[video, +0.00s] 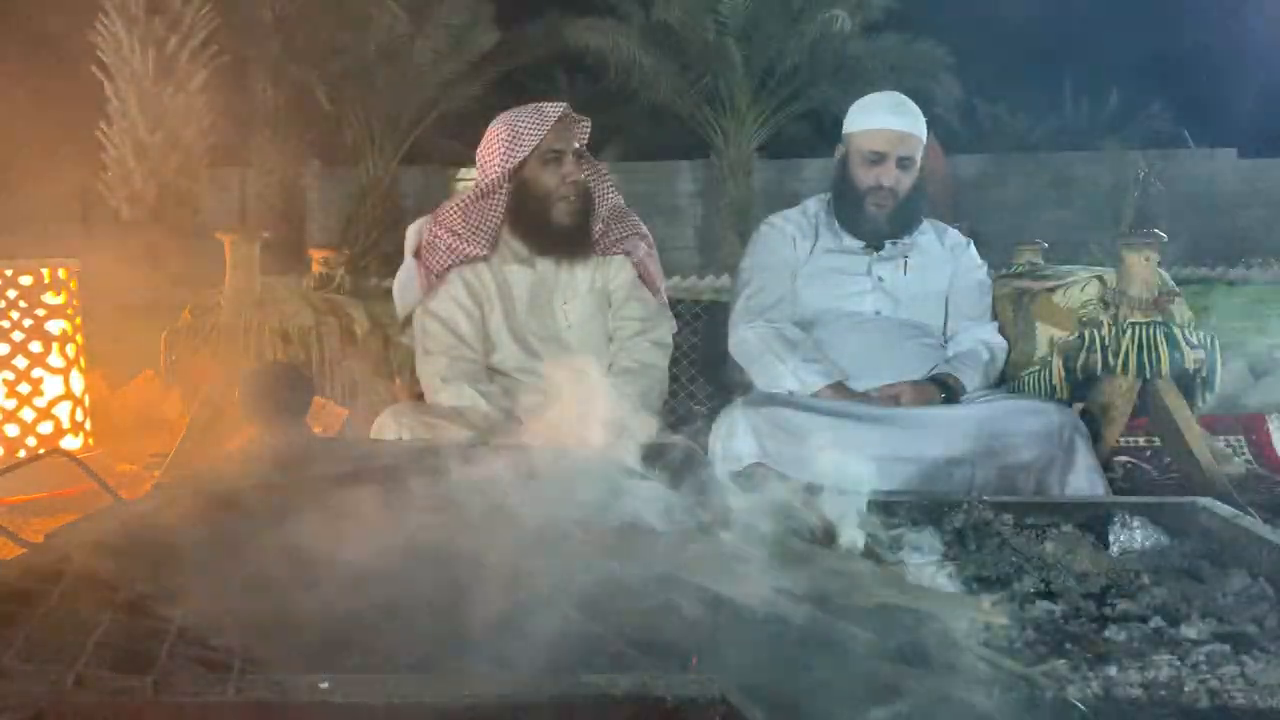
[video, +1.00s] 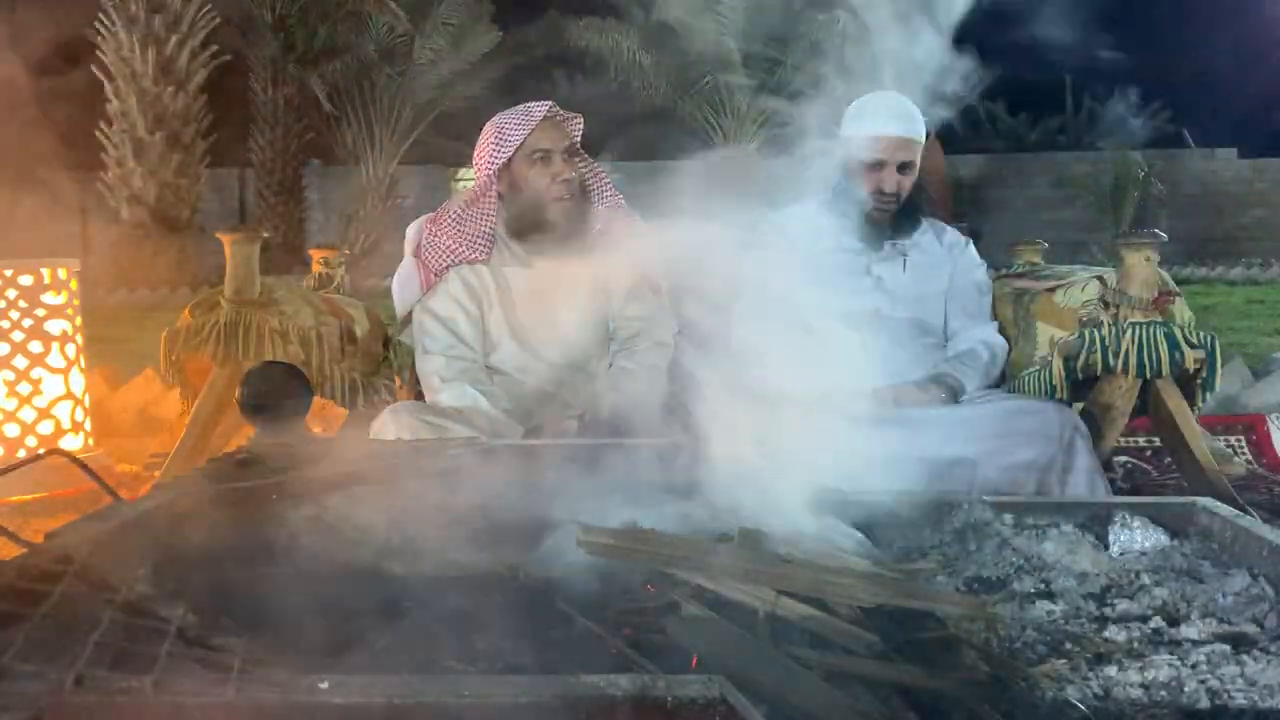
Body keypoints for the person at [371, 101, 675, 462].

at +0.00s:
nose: (575, 174)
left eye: (578, 159)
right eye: (553, 161)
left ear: (589, 167)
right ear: (508, 177)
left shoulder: (615, 262)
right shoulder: (459, 268)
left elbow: (643, 362)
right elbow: (450, 382)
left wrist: (598, 434)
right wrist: (515, 440)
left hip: (596, 439)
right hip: (495, 440)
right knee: (396, 427)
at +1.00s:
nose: (568, 172)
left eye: (571, 155)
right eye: (542, 160)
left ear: (583, 162)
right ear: (500, 180)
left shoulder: (623, 256)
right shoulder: (461, 279)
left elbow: (645, 356)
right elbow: (451, 384)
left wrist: (597, 427)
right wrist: (520, 441)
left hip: (599, 439)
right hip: (497, 441)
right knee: (397, 425)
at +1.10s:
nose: (563, 172)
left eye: (569, 156)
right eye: (541, 159)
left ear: (580, 160)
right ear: (502, 174)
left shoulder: (615, 240)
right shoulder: (467, 256)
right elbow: (446, 377)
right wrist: (515, 444)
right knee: (399, 424)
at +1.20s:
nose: (561, 170)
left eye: (569, 153)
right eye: (540, 156)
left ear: (583, 163)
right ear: (502, 176)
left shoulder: (614, 265)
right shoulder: (463, 277)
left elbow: (655, 360)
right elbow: (450, 378)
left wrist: (608, 418)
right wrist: (542, 421)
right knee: (406, 417)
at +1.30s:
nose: (562, 173)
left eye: (567, 154)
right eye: (536, 159)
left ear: (580, 167)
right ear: (498, 180)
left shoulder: (616, 274)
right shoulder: (456, 284)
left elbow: (642, 390)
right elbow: (456, 401)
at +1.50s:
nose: (559, 173)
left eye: (566, 155)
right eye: (536, 158)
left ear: (578, 166)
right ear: (496, 177)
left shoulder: (615, 269)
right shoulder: (461, 277)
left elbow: (643, 369)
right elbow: (454, 374)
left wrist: (589, 429)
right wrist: (513, 435)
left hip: (591, 431)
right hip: (497, 432)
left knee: (646, 440)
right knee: (411, 412)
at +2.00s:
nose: (560, 173)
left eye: (566, 155)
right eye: (537, 158)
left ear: (577, 163)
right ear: (497, 176)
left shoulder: (610, 254)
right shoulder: (459, 265)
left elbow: (644, 346)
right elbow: (450, 384)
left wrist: (611, 421)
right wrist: (535, 434)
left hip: (618, 436)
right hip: (509, 444)